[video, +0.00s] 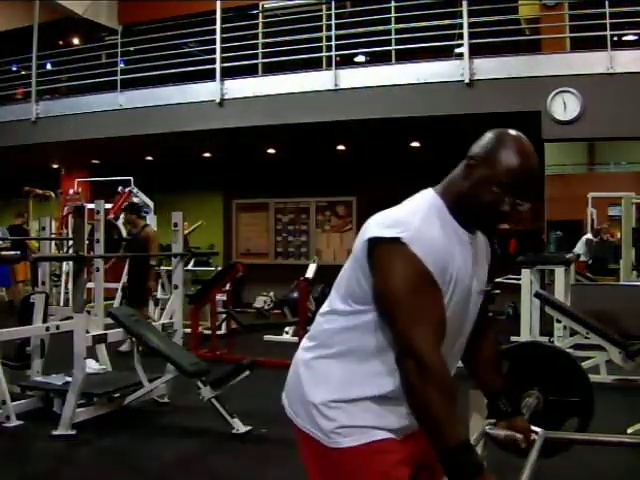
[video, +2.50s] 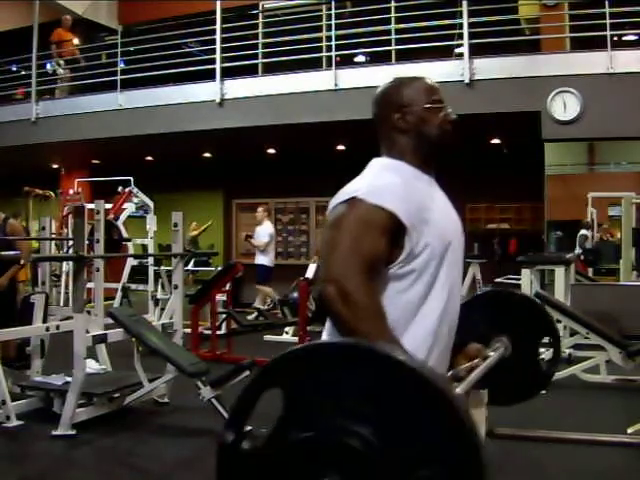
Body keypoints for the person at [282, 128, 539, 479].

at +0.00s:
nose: (510, 209)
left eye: (519, 199)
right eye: (507, 192)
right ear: (471, 166)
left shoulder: (477, 242)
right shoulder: (405, 235)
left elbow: (475, 332)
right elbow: (419, 363)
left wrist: (504, 410)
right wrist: (465, 464)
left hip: (408, 404)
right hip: (345, 411)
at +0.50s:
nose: (524, 208)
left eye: (530, 197)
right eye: (524, 192)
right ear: (500, 176)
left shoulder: (477, 235)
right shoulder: (410, 231)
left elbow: (467, 328)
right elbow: (405, 356)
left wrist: (479, 411)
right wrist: (439, 462)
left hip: (410, 396)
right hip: (352, 402)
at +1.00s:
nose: (562, 235)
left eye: (570, 226)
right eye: (567, 223)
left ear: (539, 192)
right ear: (551, 205)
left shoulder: (497, 240)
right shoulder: (454, 237)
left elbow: (454, 341)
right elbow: (417, 349)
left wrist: (471, 414)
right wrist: (437, 462)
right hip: (360, 399)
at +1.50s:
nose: (569, 254)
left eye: (577, 246)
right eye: (574, 243)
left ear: (545, 212)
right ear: (553, 224)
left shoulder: (497, 250)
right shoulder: (463, 252)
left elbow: (457, 342)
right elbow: (408, 355)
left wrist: (474, 415)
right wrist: (429, 463)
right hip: (355, 403)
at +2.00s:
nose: (534, 174)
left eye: (528, 161)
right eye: (518, 160)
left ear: (474, 172)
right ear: (472, 170)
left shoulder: (486, 246)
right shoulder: (435, 250)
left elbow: (442, 349)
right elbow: (398, 360)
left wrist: (469, 416)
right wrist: (432, 461)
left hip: (409, 406)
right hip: (356, 412)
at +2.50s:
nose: (449, 116)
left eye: (444, 107)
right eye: (434, 106)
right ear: (400, 119)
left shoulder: (419, 190)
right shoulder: (382, 187)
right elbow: (340, 285)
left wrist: (450, 351)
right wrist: (408, 375)